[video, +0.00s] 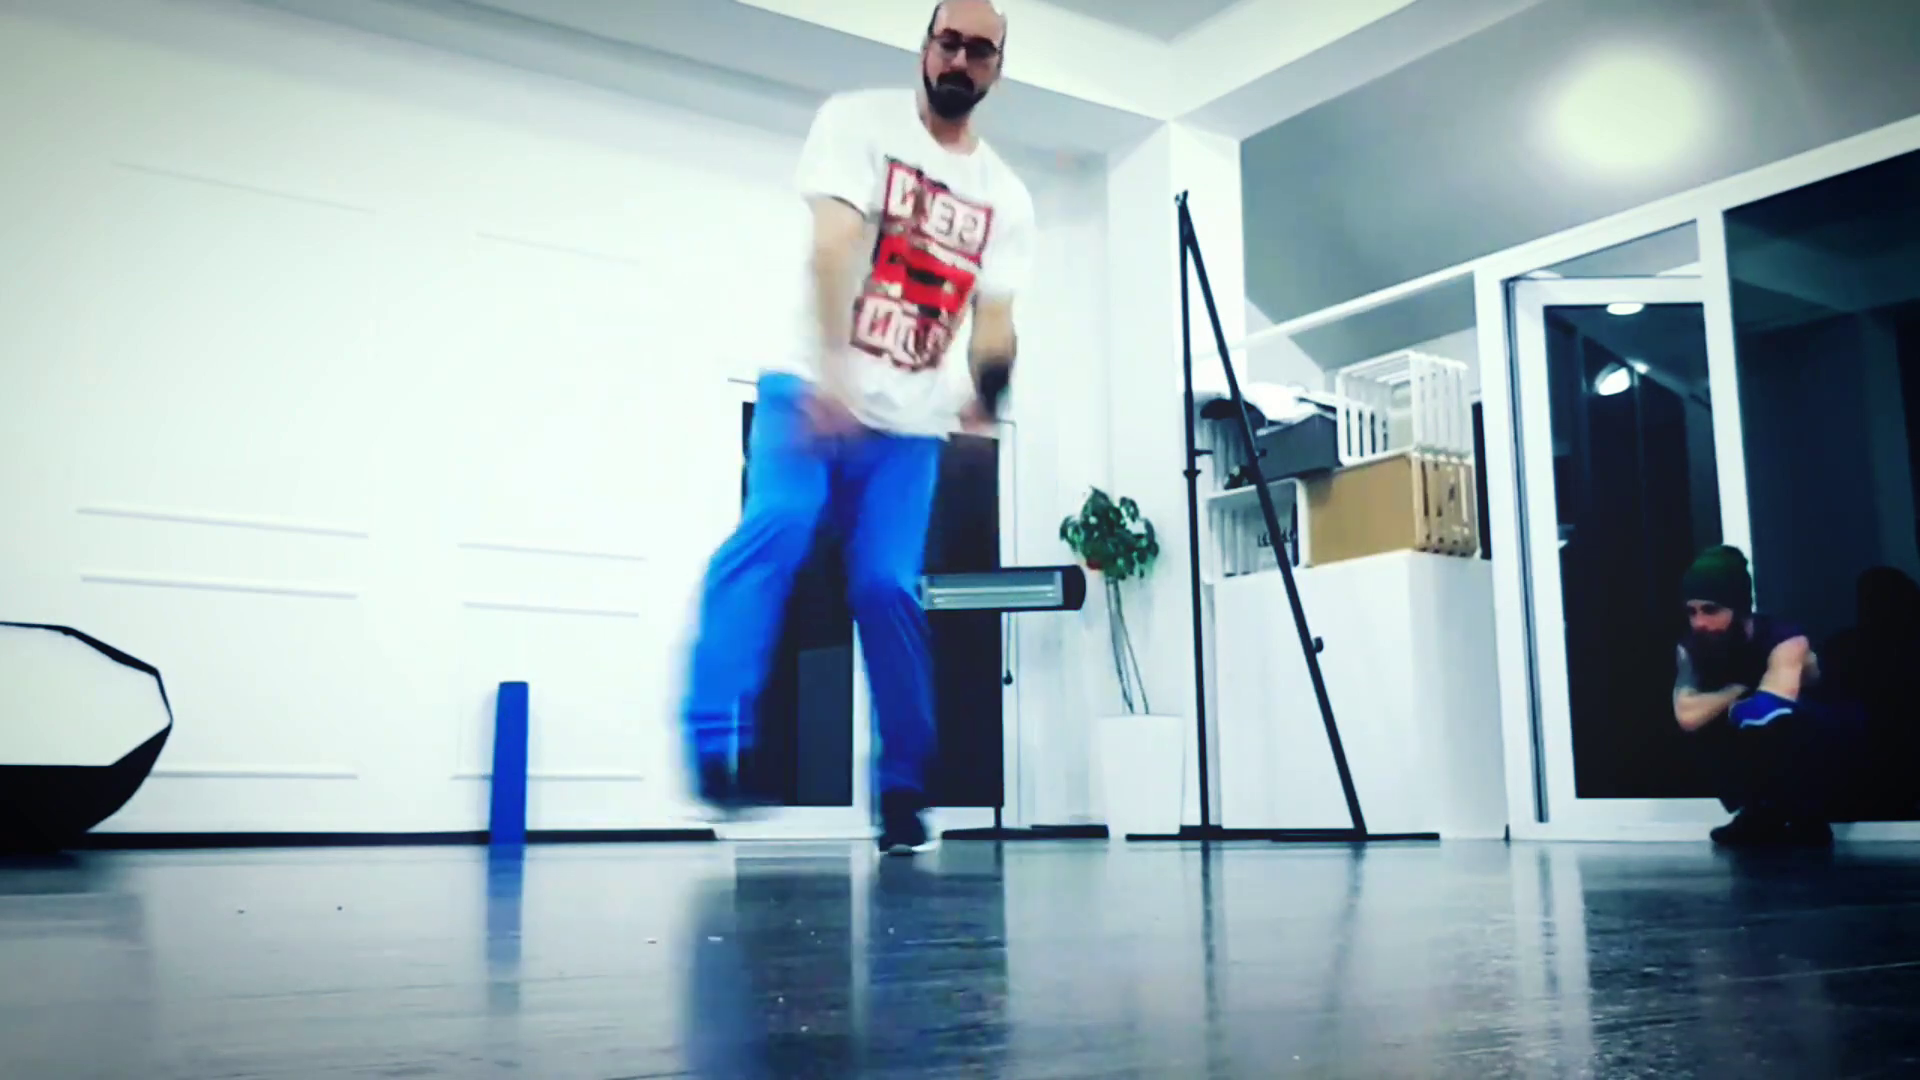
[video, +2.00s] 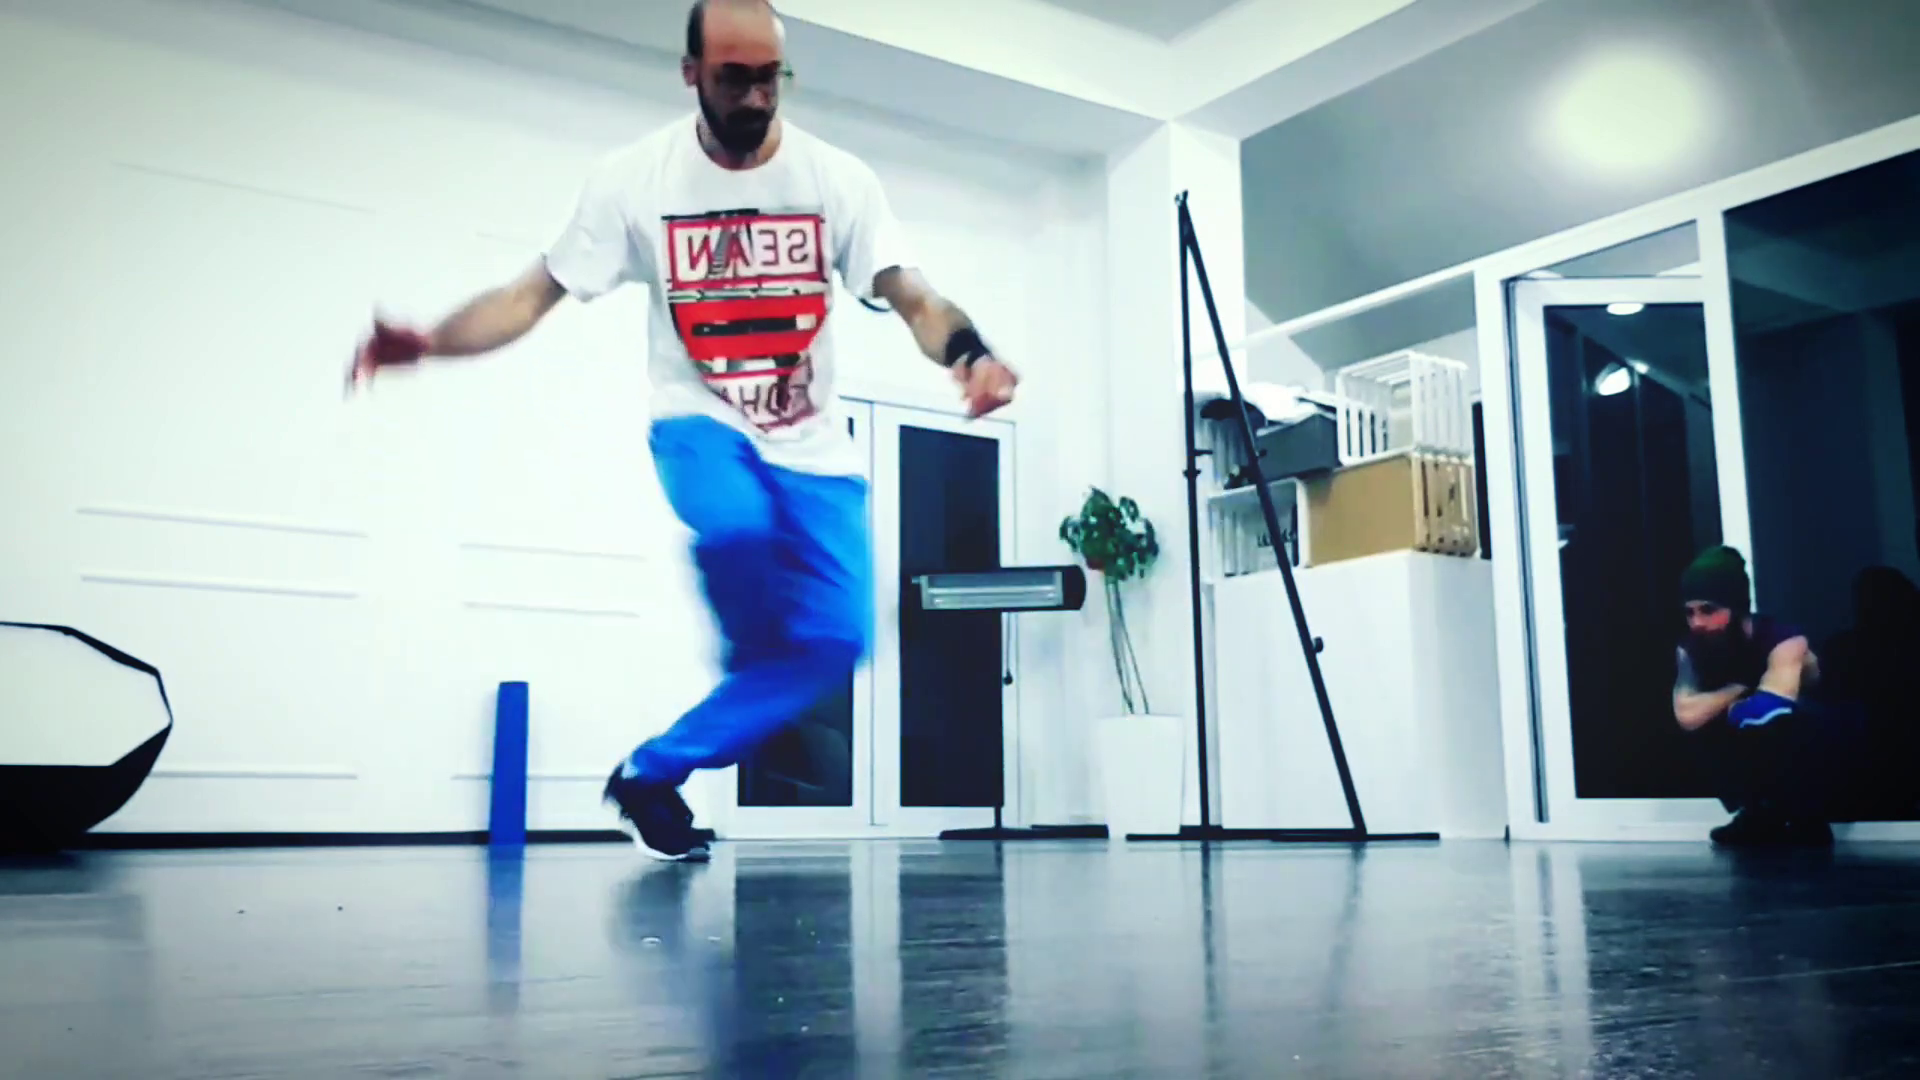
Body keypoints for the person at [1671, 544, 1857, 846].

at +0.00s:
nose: (1699, 623)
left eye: (1710, 611)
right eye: (1692, 612)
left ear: (1738, 607)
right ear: (1685, 611)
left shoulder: (1783, 640)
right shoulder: (1691, 651)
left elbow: (1773, 706)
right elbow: (1687, 715)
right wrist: (1737, 690)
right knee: (1708, 726)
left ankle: (1804, 820)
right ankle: (1756, 813)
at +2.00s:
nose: (1697, 623)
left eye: (1708, 611)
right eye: (1690, 613)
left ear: (1736, 607)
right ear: (1684, 612)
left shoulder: (1778, 637)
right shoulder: (1690, 652)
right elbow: (1688, 715)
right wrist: (1738, 690)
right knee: (1703, 727)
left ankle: (1803, 819)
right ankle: (1754, 814)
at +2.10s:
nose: (1697, 623)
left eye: (1708, 611)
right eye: (1690, 613)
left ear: (1736, 607)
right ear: (1684, 612)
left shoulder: (1779, 637)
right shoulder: (1690, 652)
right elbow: (1688, 715)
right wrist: (1738, 690)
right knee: (1704, 727)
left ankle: (1802, 819)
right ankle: (1755, 814)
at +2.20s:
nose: (1697, 623)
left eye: (1708, 611)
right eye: (1690, 613)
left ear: (1736, 607)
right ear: (1684, 612)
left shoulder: (1777, 637)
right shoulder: (1691, 652)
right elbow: (1688, 715)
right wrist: (1738, 689)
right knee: (1704, 728)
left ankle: (1802, 819)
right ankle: (1755, 814)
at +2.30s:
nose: (1697, 624)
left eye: (1709, 611)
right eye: (1690, 613)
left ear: (1736, 606)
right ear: (1684, 612)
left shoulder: (1777, 638)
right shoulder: (1691, 652)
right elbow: (1688, 715)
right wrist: (1738, 689)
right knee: (1705, 727)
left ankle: (1802, 819)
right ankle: (1755, 814)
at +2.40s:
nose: (1697, 623)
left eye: (1708, 611)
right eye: (1690, 613)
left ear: (1736, 607)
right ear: (1684, 612)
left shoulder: (1780, 638)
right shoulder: (1691, 652)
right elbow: (1688, 715)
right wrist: (1739, 690)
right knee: (1704, 727)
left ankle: (1802, 818)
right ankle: (1754, 814)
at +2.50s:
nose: (1697, 622)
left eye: (1708, 610)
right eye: (1690, 612)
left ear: (1737, 607)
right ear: (1684, 611)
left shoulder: (1778, 637)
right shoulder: (1691, 650)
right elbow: (1687, 714)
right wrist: (1739, 689)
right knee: (1704, 726)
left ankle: (1802, 818)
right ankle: (1754, 814)